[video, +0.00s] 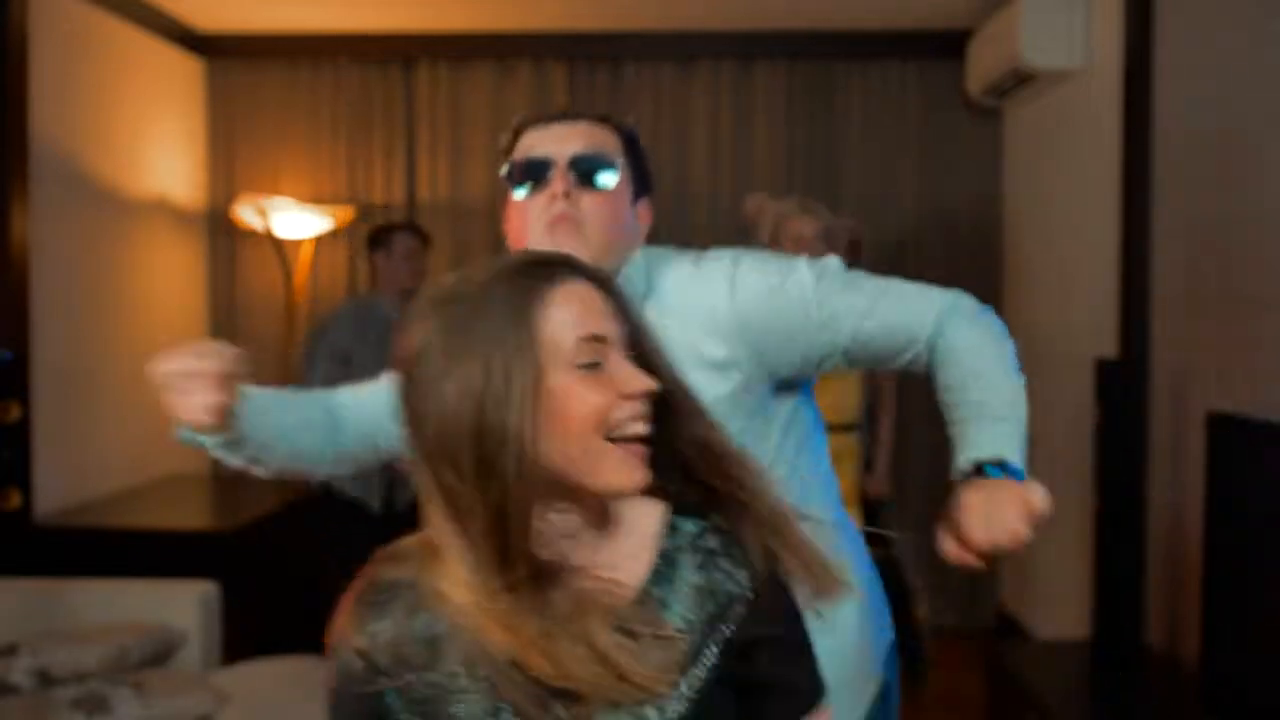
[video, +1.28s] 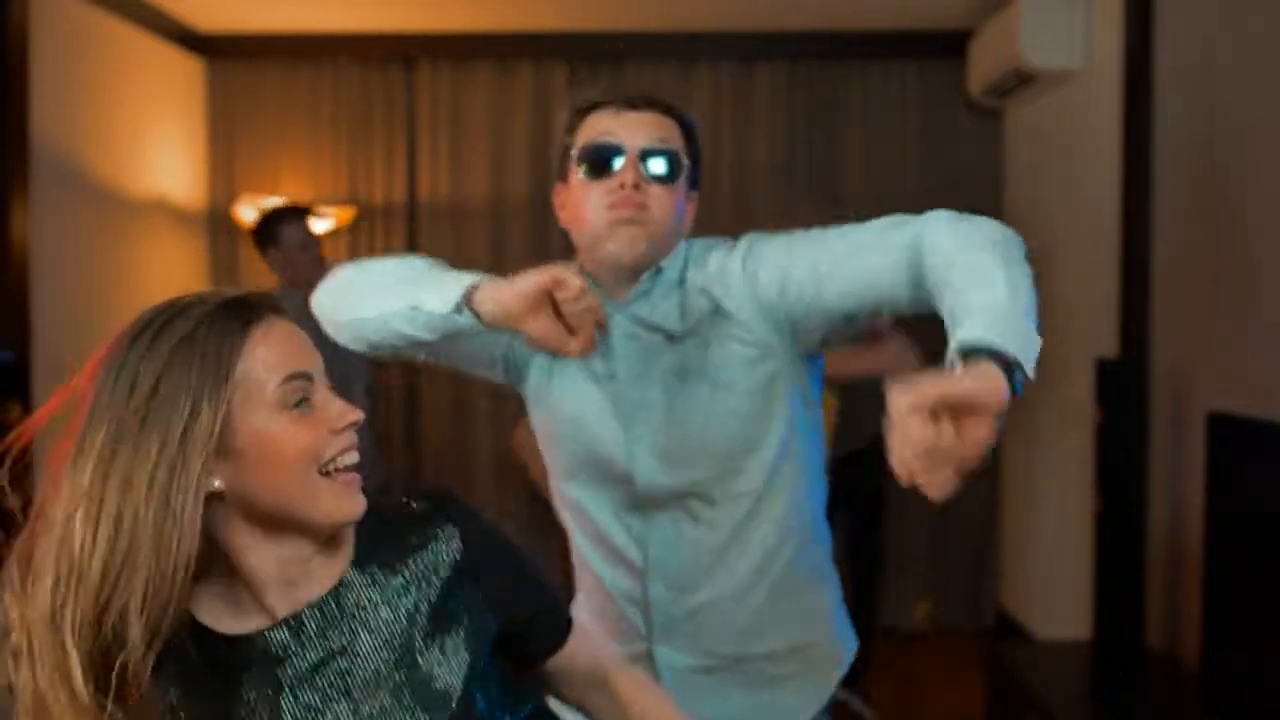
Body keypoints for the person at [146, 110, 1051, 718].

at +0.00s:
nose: (556, 196)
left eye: (588, 177)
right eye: (530, 180)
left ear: (641, 211)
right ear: (500, 215)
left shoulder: (717, 291)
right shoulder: (486, 340)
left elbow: (955, 321)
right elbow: (359, 422)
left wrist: (991, 465)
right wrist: (234, 413)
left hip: (806, 661)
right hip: (599, 668)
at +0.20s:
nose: (632, 136)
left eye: (662, 116)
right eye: (602, 121)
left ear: (712, 156)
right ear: (573, 170)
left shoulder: (805, 276)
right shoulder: (513, 304)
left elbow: (990, 422)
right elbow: (308, 377)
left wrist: (928, 414)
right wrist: (91, 385)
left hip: (816, 669)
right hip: (600, 676)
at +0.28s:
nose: (664, 136)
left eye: (693, 115)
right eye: (632, 123)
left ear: (743, 160)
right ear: (600, 170)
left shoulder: (826, 294)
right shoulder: (534, 302)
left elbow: (986, 512)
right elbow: (329, 375)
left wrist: (900, 439)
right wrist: (105, 392)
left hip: (811, 687)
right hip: (592, 684)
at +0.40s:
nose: (709, 168)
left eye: (739, 148)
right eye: (676, 155)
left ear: (782, 191)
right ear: (648, 208)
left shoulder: (850, 352)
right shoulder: (565, 321)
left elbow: (951, 600)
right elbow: (378, 403)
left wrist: (885, 451)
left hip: (798, 692)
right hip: (621, 688)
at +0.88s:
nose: (711, 161)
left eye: (741, 143)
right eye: (681, 146)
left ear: (782, 184)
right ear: (650, 191)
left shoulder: (842, 325)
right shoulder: (580, 297)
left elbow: (1000, 483)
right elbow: (391, 350)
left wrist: (901, 319)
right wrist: (404, 284)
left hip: (783, 700)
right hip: (611, 693)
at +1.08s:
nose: (664, 131)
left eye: (694, 115)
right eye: (635, 112)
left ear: (725, 159)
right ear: (594, 151)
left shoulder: (809, 255)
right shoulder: (548, 265)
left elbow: (1039, 337)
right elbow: (325, 264)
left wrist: (938, 287)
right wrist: (437, 242)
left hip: (779, 679)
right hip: (603, 673)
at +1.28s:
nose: (630, 180)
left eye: (658, 165)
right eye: (601, 162)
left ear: (691, 210)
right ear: (563, 206)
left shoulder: (751, 285)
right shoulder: (530, 324)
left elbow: (964, 241)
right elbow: (336, 301)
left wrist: (986, 364)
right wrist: (481, 301)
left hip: (779, 688)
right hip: (617, 687)